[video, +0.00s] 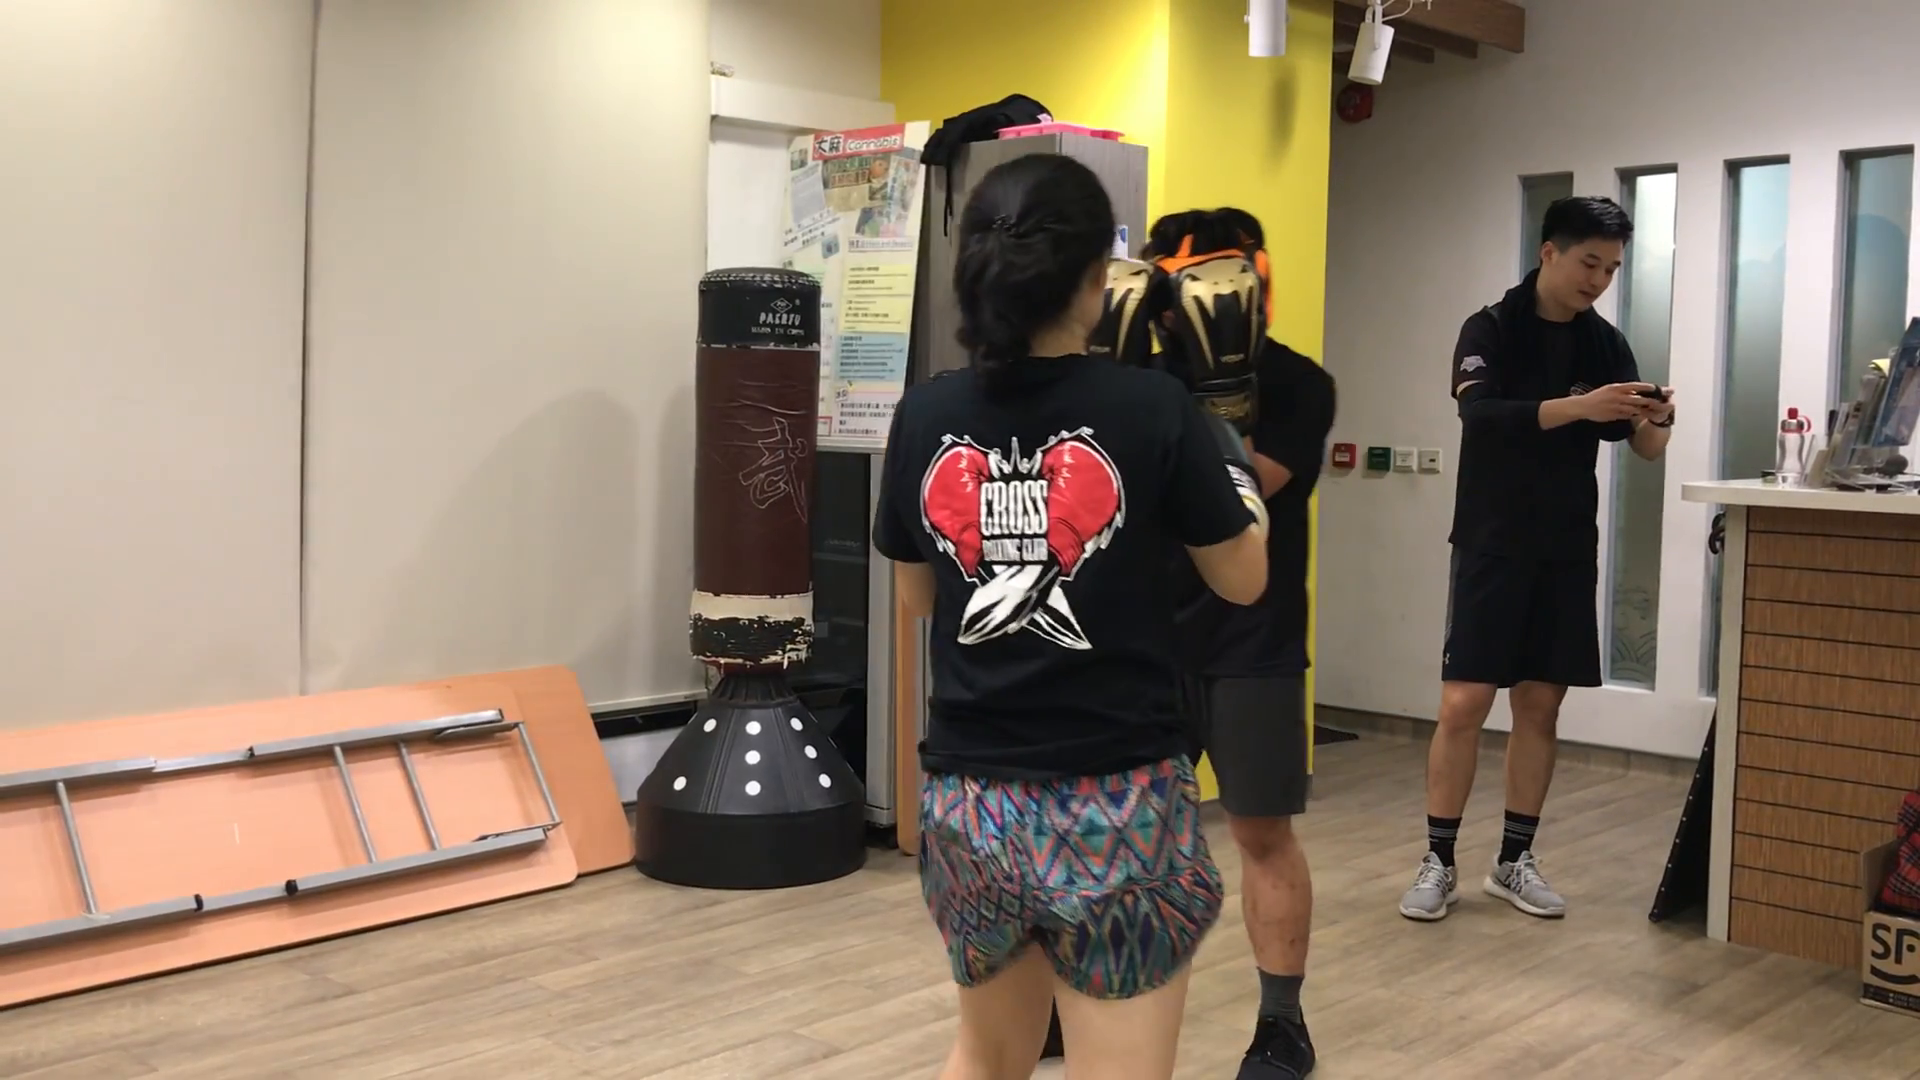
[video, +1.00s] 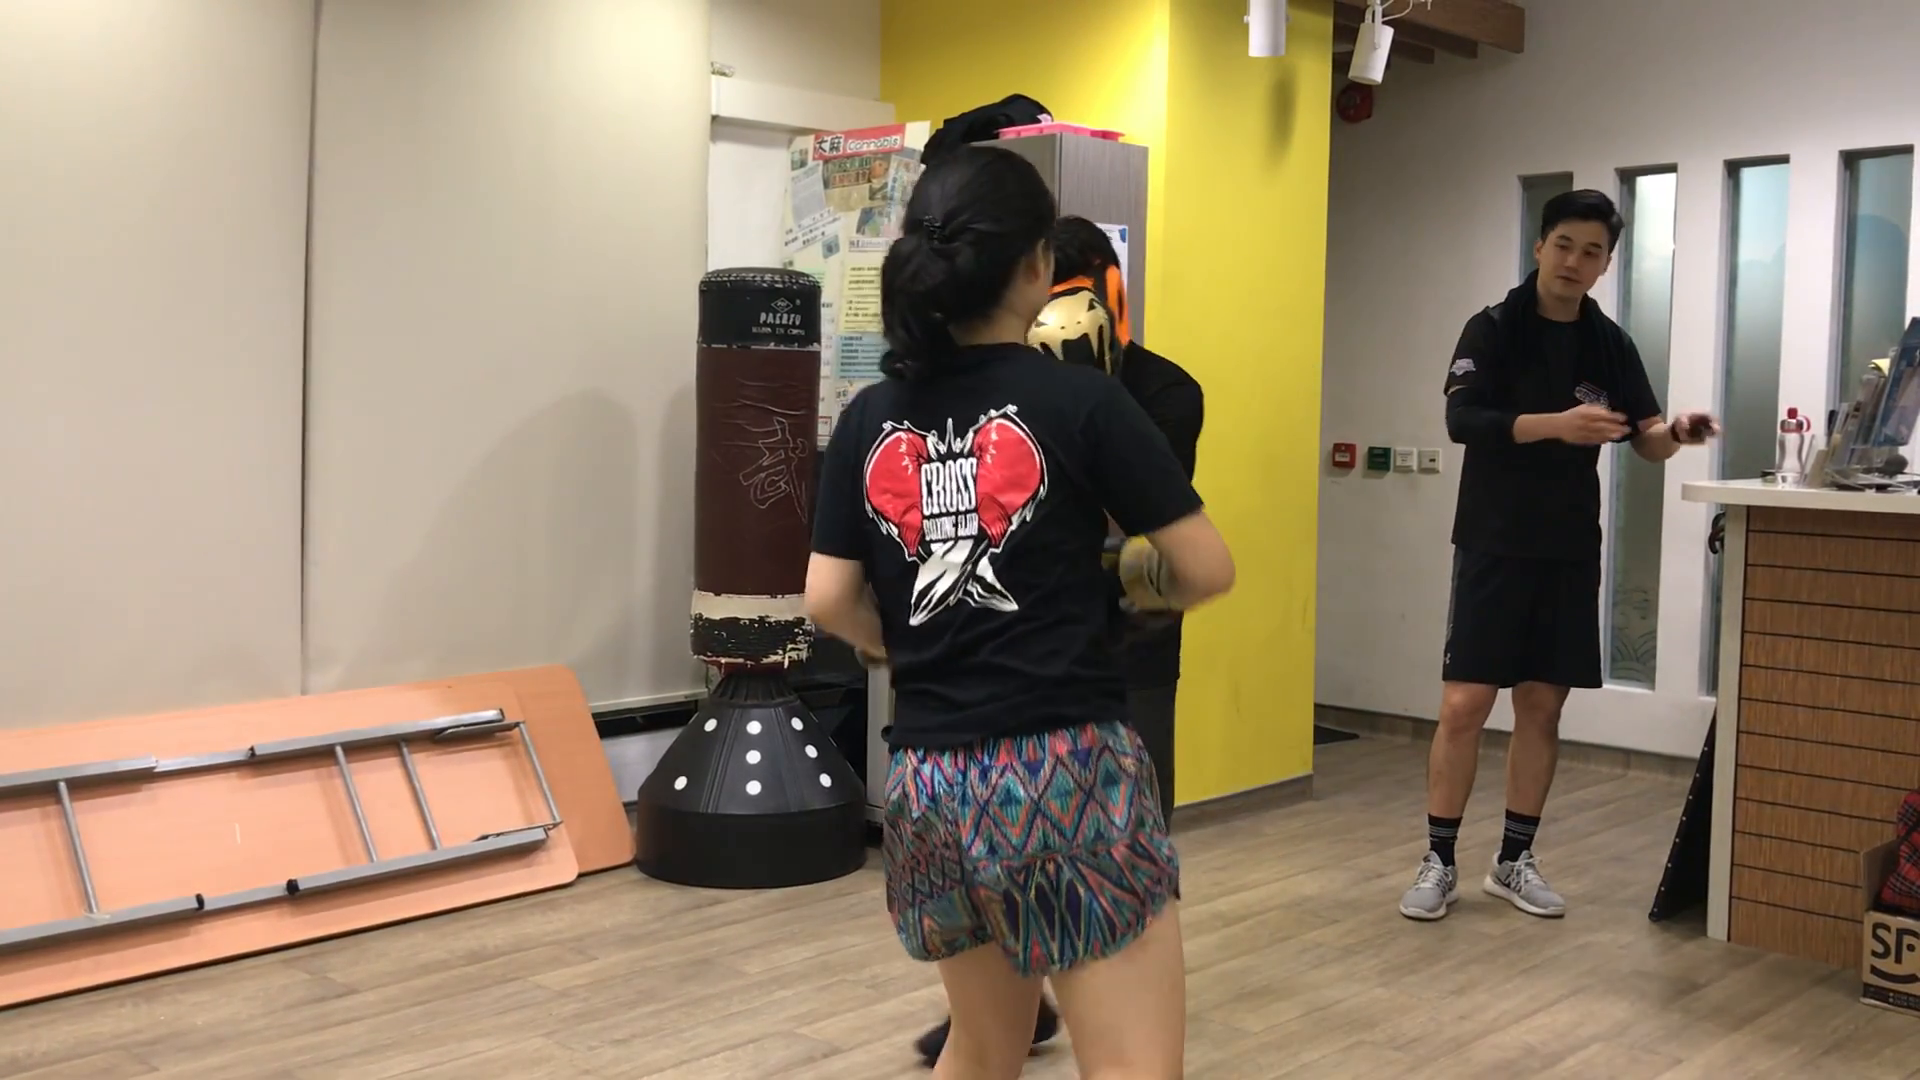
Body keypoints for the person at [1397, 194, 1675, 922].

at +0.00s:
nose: (1600, 280)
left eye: (1610, 269)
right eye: (1590, 264)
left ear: (1613, 271)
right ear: (1548, 252)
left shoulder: (1606, 346)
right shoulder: (1489, 328)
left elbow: (1648, 449)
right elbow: (1481, 415)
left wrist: (1655, 420)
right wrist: (1584, 406)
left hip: (1565, 551)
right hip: (1490, 545)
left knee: (1539, 707)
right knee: (1462, 705)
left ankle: (1515, 861)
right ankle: (1438, 862)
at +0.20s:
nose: (1599, 281)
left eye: (1610, 270)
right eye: (1589, 264)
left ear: (1613, 271)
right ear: (1548, 251)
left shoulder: (1607, 345)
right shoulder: (1489, 327)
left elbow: (1649, 447)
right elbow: (1481, 416)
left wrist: (1654, 419)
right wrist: (1583, 407)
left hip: (1565, 551)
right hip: (1489, 546)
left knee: (1539, 708)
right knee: (1462, 706)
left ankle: (1515, 861)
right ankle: (1438, 863)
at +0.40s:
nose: (1600, 282)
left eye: (1611, 270)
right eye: (1591, 265)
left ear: (1614, 271)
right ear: (1550, 251)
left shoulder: (1608, 345)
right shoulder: (1490, 327)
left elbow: (1649, 449)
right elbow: (1481, 415)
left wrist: (1654, 420)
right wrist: (1584, 406)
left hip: (1565, 551)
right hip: (1490, 546)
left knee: (1539, 709)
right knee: (1462, 706)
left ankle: (1515, 861)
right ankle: (1438, 863)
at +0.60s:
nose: (1602, 280)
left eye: (1613, 269)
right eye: (1591, 263)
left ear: (1616, 270)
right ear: (1551, 251)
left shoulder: (1609, 345)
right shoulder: (1492, 326)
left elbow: (1651, 449)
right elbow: (1483, 416)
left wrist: (1657, 421)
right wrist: (1586, 407)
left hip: (1566, 551)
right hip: (1490, 545)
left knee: (1540, 707)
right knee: (1463, 705)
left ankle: (1515, 861)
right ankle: (1438, 862)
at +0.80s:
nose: (1601, 275)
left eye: (1612, 264)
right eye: (1590, 259)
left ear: (1615, 268)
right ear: (1549, 250)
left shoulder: (1610, 345)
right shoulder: (1492, 327)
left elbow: (1650, 449)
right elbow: (1482, 415)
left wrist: (1658, 421)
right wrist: (1584, 409)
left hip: (1566, 551)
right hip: (1490, 544)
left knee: (1540, 708)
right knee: (1464, 705)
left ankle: (1515, 862)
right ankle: (1439, 863)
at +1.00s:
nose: (1575, 261)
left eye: (1592, 252)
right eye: (1565, 245)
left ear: (1606, 265)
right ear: (1540, 246)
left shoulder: (1611, 344)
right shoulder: (1494, 326)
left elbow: (1647, 444)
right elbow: (1460, 420)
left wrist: (1671, 433)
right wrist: (1557, 426)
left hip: (1568, 550)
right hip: (1491, 543)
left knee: (1540, 704)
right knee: (1465, 704)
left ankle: (1515, 860)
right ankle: (1438, 861)